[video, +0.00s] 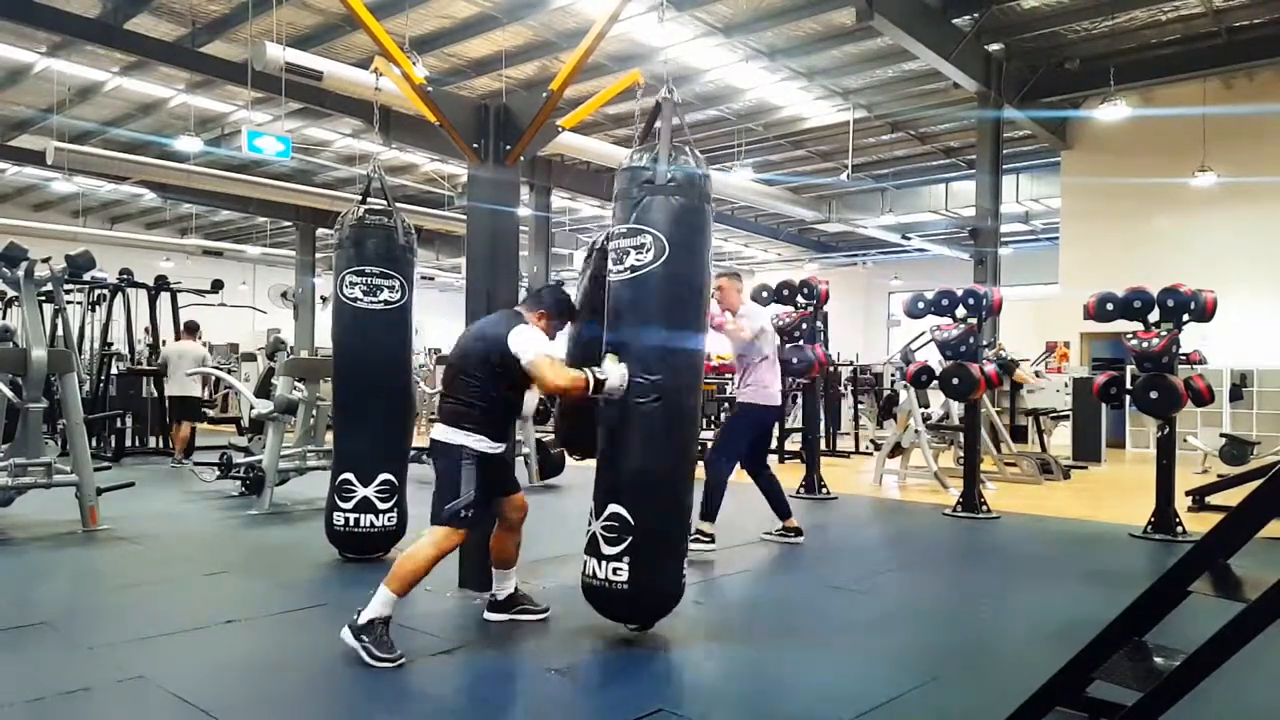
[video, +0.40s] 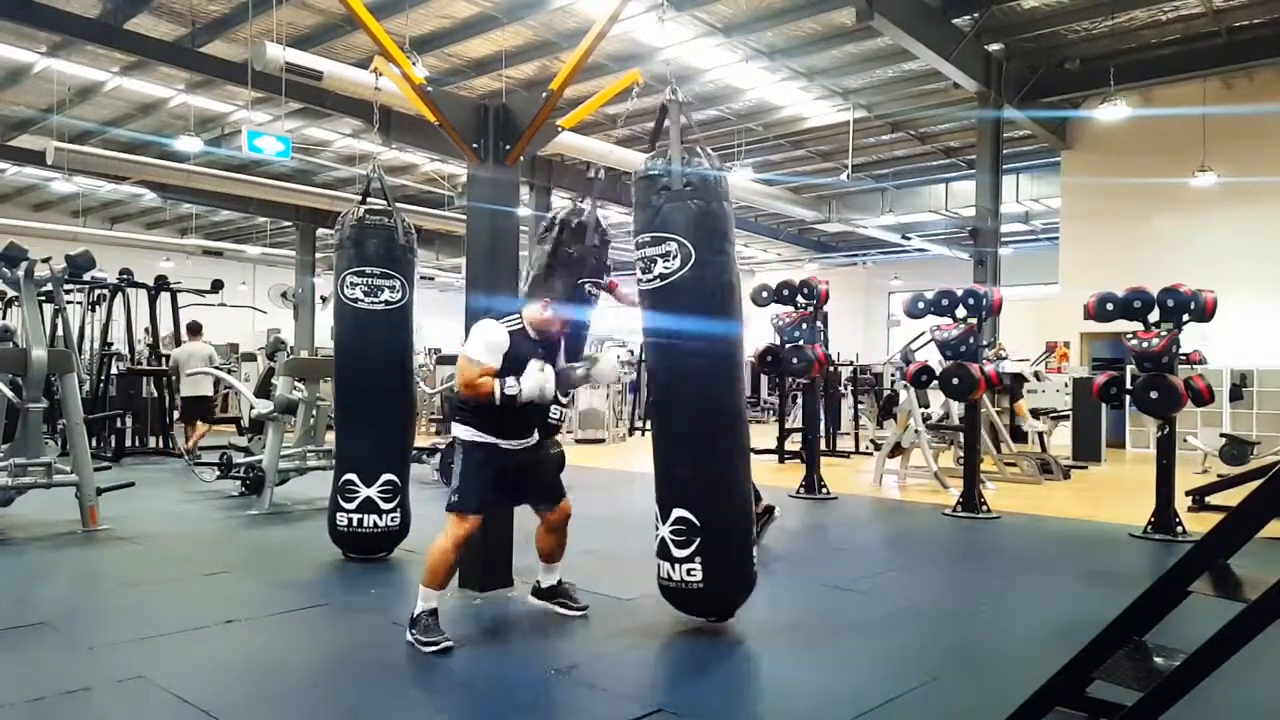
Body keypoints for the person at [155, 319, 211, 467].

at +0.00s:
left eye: (183, 331)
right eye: (197, 334)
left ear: (183, 331)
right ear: (197, 334)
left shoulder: (169, 348)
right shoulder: (201, 351)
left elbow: (161, 366)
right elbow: (208, 372)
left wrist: (169, 374)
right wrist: (206, 387)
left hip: (173, 391)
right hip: (192, 391)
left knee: (175, 423)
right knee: (187, 424)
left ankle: (178, 454)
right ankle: (178, 456)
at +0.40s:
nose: (191, 335)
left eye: (188, 332)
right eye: (199, 332)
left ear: (187, 333)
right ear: (201, 333)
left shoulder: (178, 351)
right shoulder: (208, 349)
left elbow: (171, 370)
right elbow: (216, 367)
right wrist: (211, 381)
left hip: (187, 392)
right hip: (205, 391)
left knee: (189, 424)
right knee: (206, 423)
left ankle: (193, 451)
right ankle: (189, 445)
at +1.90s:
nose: (209, 341)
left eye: (209, 339)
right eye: (210, 339)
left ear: (211, 339)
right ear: (222, 339)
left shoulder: (204, 351)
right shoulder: (233, 352)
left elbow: (195, 370)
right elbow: (238, 373)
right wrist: (236, 386)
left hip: (210, 391)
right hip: (228, 391)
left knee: (213, 422)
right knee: (226, 421)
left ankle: (219, 448)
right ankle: (223, 446)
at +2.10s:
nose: (203, 342)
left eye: (204, 340)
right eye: (204, 340)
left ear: (207, 340)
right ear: (216, 340)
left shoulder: (201, 351)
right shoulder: (227, 353)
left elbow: (188, 366)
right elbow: (233, 372)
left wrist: (177, 373)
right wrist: (232, 385)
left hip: (207, 391)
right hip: (224, 390)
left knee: (202, 419)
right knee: (222, 420)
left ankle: (210, 442)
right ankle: (220, 447)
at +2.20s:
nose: (199, 345)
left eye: (199, 343)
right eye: (199, 343)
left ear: (202, 341)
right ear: (211, 341)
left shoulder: (199, 351)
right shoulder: (225, 352)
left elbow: (183, 366)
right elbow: (233, 370)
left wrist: (173, 372)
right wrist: (233, 385)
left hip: (206, 391)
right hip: (224, 390)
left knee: (200, 418)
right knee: (223, 419)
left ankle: (199, 446)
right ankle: (220, 446)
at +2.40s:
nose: (188, 353)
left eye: (188, 351)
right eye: (187, 352)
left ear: (190, 348)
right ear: (200, 345)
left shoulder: (190, 356)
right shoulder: (215, 352)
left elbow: (176, 369)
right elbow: (226, 367)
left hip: (203, 390)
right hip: (220, 387)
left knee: (197, 419)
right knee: (221, 419)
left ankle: (197, 447)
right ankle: (220, 446)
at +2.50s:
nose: (186, 355)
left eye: (186, 353)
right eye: (186, 353)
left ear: (188, 351)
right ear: (197, 347)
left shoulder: (188, 357)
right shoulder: (212, 353)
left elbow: (176, 369)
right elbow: (222, 365)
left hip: (202, 389)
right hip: (219, 386)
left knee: (197, 420)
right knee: (220, 419)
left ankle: (197, 446)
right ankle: (219, 445)